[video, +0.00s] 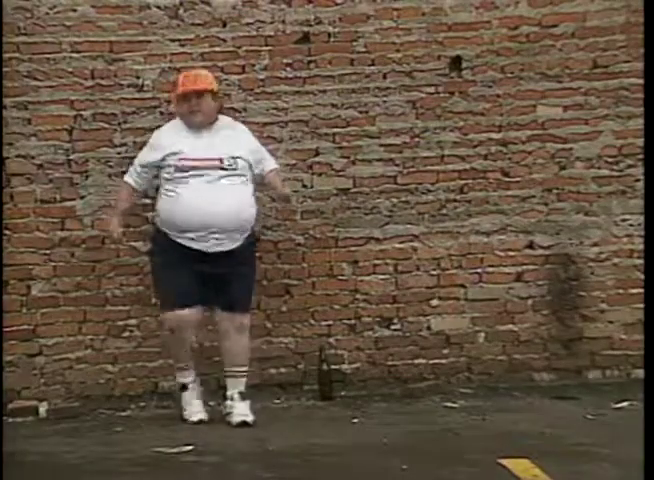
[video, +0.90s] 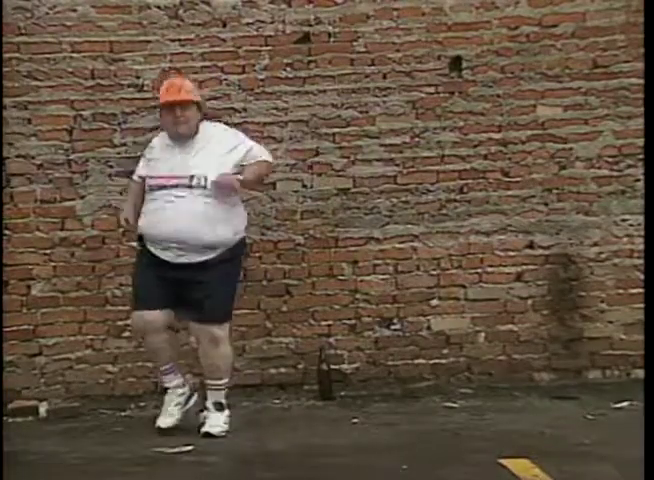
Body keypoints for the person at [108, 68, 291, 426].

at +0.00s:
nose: (195, 105)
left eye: (201, 97)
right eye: (187, 99)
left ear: (215, 100)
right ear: (176, 104)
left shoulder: (237, 133)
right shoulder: (164, 138)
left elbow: (266, 169)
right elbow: (134, 182)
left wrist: (280, 188)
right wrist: (116, 214)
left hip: (235, 244)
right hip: (176, 244)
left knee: (237, 320)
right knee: (180, 318)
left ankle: (237, 396)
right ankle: (189, 388)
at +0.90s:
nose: (178, 114)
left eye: (185, 106)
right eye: (170, 108)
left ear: (199, 108)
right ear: (161, 113)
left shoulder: (224, 138)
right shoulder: (157, 146)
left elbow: (264, 164)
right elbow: (140, 180)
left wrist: (241, 182)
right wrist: (130, 208)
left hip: (213, 256)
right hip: (157, 254)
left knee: (211, 332)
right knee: (147, 321)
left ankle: (217, 407)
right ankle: (176, 388)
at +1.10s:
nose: (163, 128)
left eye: (169, 121)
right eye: (155, 122)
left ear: (182, 111)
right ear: (145, 117)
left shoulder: (207, 136)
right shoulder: (140, 145)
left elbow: (226, 180)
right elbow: (124, 192)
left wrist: (187, 185)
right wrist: (87, 193)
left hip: (219, 245)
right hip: (166, 247)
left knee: (218, 324)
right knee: (165, 319)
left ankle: (219, 406)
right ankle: (170, 403)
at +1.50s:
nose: (170, 122)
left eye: (177, 114)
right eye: (164, 116)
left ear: (194, 104)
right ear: (156, 112)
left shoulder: (219, 138)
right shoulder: (154, 135)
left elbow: (235, 191)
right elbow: (136, 179)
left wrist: (218, 229)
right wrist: (127, 217)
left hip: (195, 243)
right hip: (149, 246)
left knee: (196, 317)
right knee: (159, 329)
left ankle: (237, 389)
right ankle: (180, 408)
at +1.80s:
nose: (164, 115)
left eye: (171, 108)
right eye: (161, 109)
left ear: (193, 109)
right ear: (162, 112)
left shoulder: (212, 138)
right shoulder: (175, 148)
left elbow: (240, 180)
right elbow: (174, 196)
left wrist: (202, 196)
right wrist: (139, 202)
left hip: (207, 250)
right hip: (163, 253)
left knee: (206, 335)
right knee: (132, 320)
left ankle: (233, 412)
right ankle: (167, 394)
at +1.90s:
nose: (151, 111)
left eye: (158, 105)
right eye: (148, 105)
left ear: (180, 107)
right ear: (148, 109)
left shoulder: (202, 137)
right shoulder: (156, 149)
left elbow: (216, 182)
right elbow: (150, 200)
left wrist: (168, 182)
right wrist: (107, 201)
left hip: (217, 246)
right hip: (172, 253)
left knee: (216, 330)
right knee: (149, 321)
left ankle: (234, 411)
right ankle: (170, 403)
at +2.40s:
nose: (150, 117)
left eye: (155, 109)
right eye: (146, 111)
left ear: (176, 100)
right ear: (145, 109)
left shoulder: (210, 129)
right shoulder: (148, 135)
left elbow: (229, 172)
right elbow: (144, 181)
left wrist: (214, 215)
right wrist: (133, 222)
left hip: (191, 242)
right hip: (141, 243)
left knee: (199, 329)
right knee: (148, 328)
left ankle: (217, 407)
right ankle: (173, 408)